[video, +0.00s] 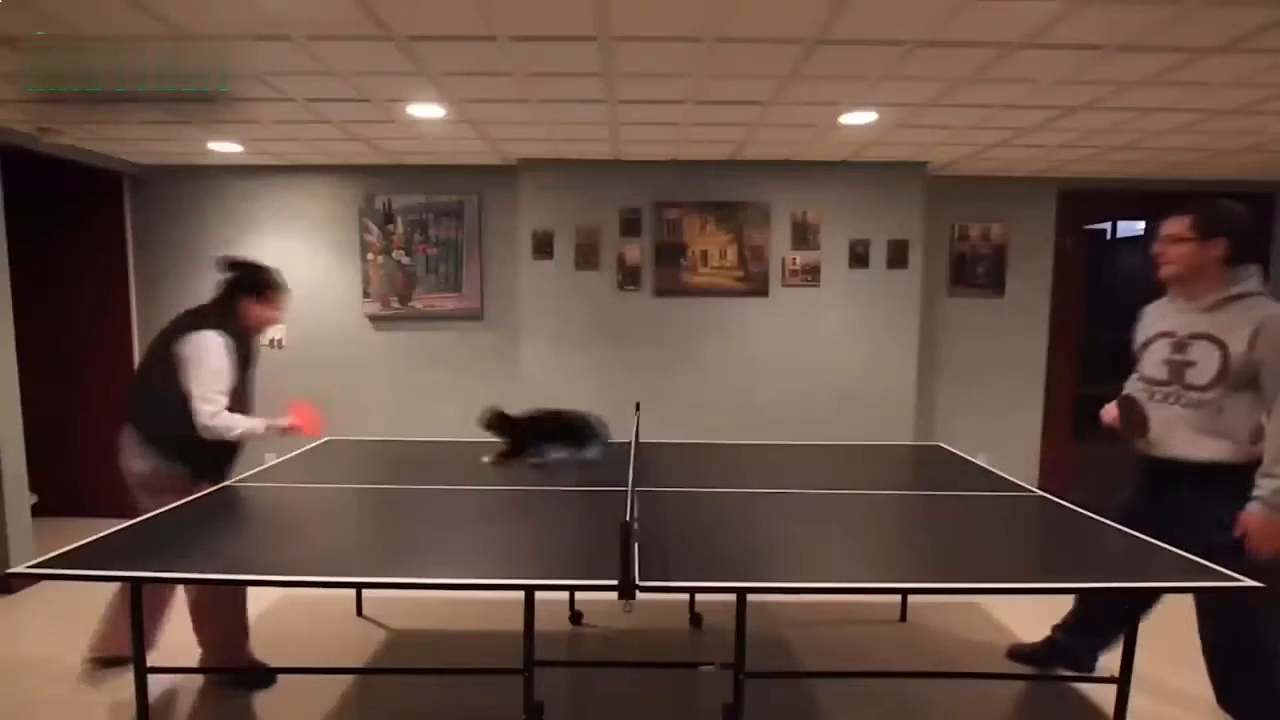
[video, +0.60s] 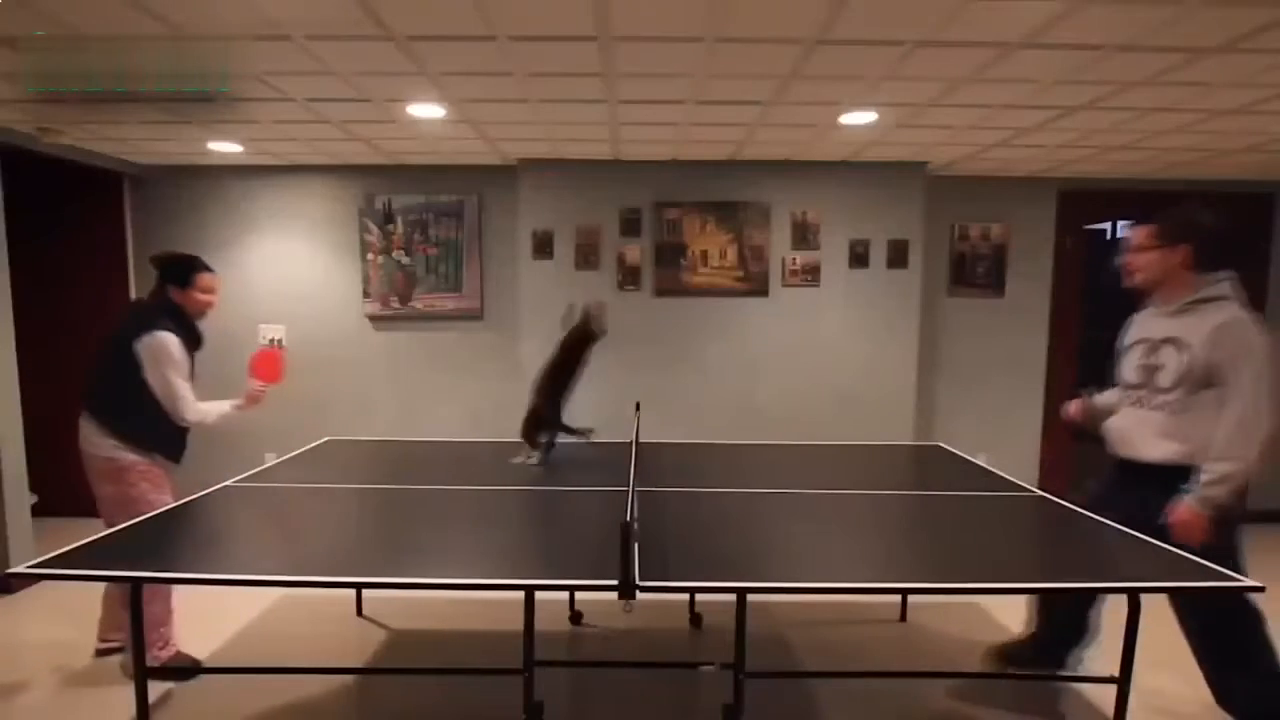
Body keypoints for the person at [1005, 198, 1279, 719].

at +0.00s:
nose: (1160, 251)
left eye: (1174, 241)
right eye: (1159, 241)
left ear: (1216, 249)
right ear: (1159, 248)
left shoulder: (1262, 318)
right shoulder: (1154, 313)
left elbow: (1277, 417)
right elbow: (1149, 384)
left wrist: (1267, 499)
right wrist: (1122, 407)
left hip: (1224, 484)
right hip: (1157, 476)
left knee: (1234, 616)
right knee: (1122, 570)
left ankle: (1256, 707)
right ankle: (1070, 648)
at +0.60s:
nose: (1127, 262)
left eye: (1138, 251)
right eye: (1127, 251)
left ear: (1179, 256)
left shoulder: (1232, 323)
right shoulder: (1141, 322)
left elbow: (1250, 420)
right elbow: (1136, 393)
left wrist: (1204, 499)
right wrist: (1091, 405)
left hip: (1188, 485)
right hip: (1126, 476)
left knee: (1217, 617)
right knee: (1073, 553)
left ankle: (1260, 704)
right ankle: (1049, 646)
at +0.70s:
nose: (1082, 276)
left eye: (1093, 264)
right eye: (1081, 266)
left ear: (1130, 265)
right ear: (1086, 273)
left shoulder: (1183, 327)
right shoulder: (1100, 330)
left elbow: (1209, 425)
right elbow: (1100, 398)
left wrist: (1167, 497)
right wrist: (1055, 413)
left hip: (1160, 485)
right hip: (1099, 480)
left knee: (1194, 607)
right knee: (1055, 567)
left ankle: (1257, 705)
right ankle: (1020, 653)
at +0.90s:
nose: (1016, 283)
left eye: (1023, 272)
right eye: (1013, 274)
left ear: (1059, 269)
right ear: (1053, 272)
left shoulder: (1121, 324)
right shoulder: (1039, 320)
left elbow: (1155, 403)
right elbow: (1037, 380)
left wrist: (1131, 479)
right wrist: (1008, 407)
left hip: (1103, 470)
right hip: (1050, 463)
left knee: (1126, 583)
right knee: (1025, 554)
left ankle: (1187, 688)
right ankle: (1022, 648)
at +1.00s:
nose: (1017, 277)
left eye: (1026, 266)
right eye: (1014, 268)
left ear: (1064, 263)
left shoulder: (1124, 322)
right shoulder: (1030, 321)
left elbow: (1157, 403)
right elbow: (1001, 387)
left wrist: (1133, 476)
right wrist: (979, 393)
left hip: (1100, 469)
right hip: (1041, 464)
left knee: (1104, 586)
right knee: (1018, 555)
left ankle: (1160, 692)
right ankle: (1022, 647)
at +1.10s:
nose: (1035, 273)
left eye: (1044, 263)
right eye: (1032, 264)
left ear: (1080, 262)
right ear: (1034, 267)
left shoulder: (1133, 321)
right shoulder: (1039, 320)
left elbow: (1168, 404)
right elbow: (994, 359)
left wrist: (1146, 476)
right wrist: (954, 353)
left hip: (1104, 473)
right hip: (1045, 465)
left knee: (1110, 590)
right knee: (1018, 557)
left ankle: (1174, 683)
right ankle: (1022, 647)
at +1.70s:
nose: (1155, 256)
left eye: (1168, 246)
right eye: (1152, 247)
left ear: (1207, 251)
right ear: (1152, 253)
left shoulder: (1264, 310)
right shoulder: (1157, 314)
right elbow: (1163, 370)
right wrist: (1143, 394)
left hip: (1251, 464)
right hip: (1186, 461)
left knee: (1240, 580)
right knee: (1185, 568)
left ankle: (1221, 694)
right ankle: (1191, 658)